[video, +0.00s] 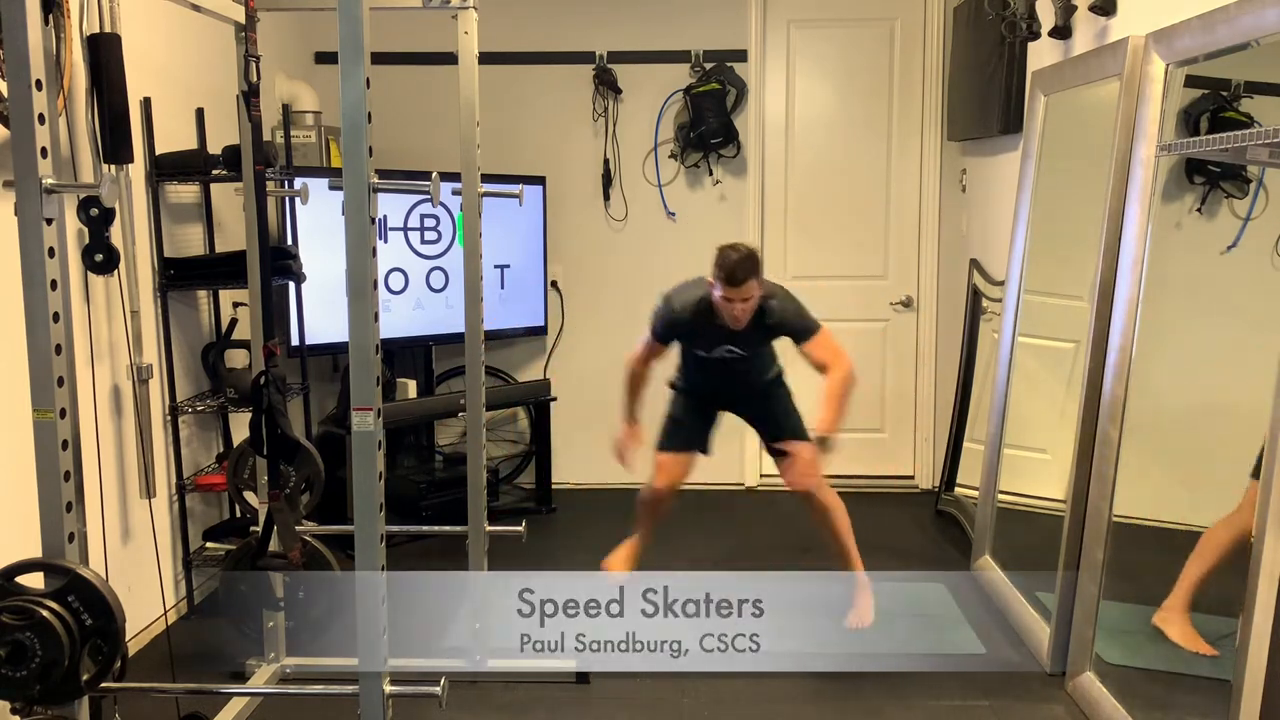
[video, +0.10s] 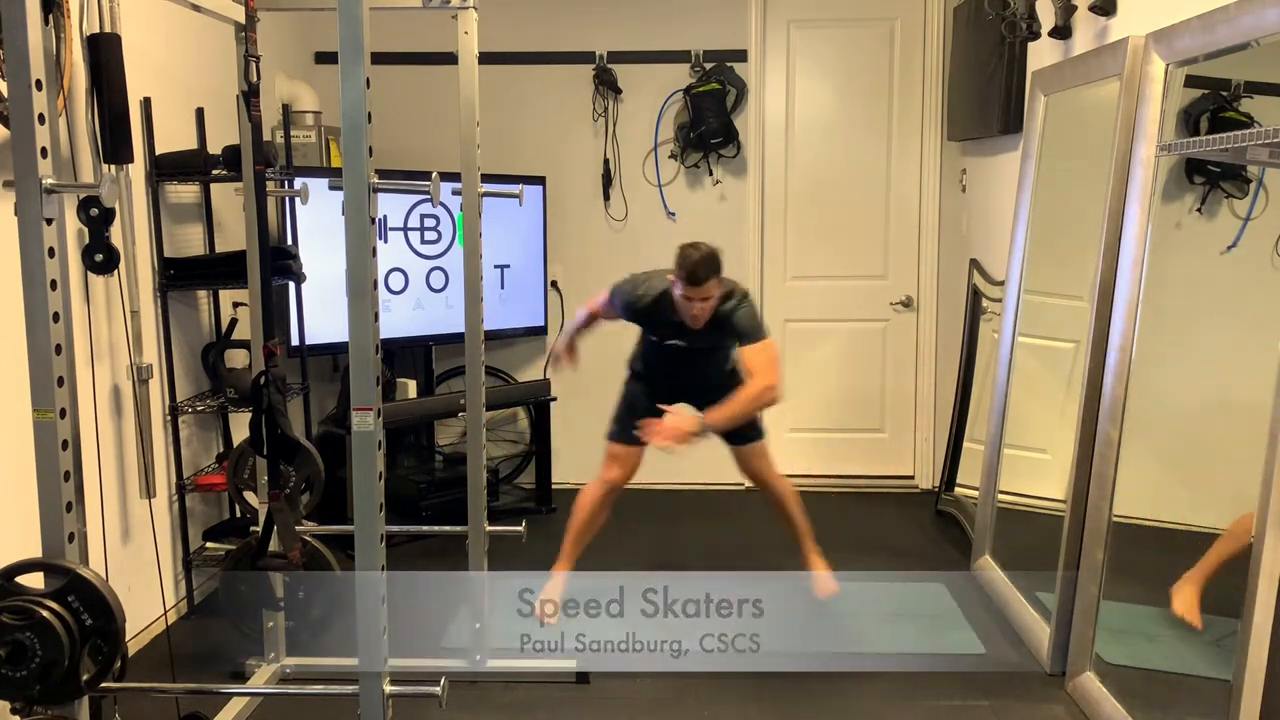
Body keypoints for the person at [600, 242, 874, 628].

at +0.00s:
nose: (738, 311)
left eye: (747, 301)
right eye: (728, 301)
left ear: (760, 287)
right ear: (713, 288)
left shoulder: (778, 306)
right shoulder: (681, 308)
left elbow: (841, 368)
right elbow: (640, 362)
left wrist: (824, 432)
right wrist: (631, 421)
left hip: (760, 389)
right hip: (697, 390)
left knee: (807, 482)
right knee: (661, 488)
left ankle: (859, 577)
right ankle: (637, 544)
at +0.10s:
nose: (701, 308)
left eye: (709, 299)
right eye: (692, 300)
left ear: (721, 287)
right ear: (675, 286)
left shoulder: (736, 306)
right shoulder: (643, 295)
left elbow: (767, 388)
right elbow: (595, 310)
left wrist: (699, 423)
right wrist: (568, 337)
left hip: (716, 381)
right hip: (652, 381)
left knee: (762, 471)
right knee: (612, 477)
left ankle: (813, 556)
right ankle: (559, 574)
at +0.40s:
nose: (614, 342)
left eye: (624, 333)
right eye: (606, 332)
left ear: (640, 320)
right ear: (593, 316)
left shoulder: (654, 356)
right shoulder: (585, 299)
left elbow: (585, 416)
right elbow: (538, 271)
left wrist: (539, 367)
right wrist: (485, 254)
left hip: (626, 423)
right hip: (584, 388)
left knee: (555, 475)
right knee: (567, 486)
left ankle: (493, 507)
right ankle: (546, 585)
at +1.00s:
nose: (737, 291)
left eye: (745, 280)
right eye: (727, 281)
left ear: (755, 268)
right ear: (708, 268)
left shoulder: (772, 274)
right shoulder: (685, 309)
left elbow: (816, 283)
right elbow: (684, 402)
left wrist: (836, 319)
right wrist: (758, 436)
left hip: (763, 387)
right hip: (706, 394)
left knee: (801, 488)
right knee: (674, 489)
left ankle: (848, 590)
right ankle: (692, 519)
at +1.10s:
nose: (769, 309)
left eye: (777, 298)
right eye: (759, 300)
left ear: (787, 286)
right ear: (739, 288)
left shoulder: (795, 287)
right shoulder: (720, 338)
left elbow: (819, 279)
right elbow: (774, 419)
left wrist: (828, 291)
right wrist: (846, 385)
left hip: (792, 390)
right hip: (736, 410)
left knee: (819, 500)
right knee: (753, 507)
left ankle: (850, 592)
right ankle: (800, 498)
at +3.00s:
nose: (822, 334)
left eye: (831, 323)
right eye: (811, 324)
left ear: (841, 309)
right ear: (790, 311)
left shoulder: (809, 299)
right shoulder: (777, 367)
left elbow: (785, 287)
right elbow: (855, 428)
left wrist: (753, 305)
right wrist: (892, 360)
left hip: (827, 397)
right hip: (785, 427)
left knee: (855, 497)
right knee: (840, 485)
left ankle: (869, 593)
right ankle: (882, 507)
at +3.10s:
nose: (817, 334)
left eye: (826, 322)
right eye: (806, 323)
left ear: (837, 312)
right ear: (787, 311)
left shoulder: (837, 314)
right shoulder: (763, 356)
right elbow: (822, 438)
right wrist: (888, 394)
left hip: (824, 401)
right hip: (777, 429)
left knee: (845, 503)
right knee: (825, 511)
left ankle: (869, 593)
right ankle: (869, 507)